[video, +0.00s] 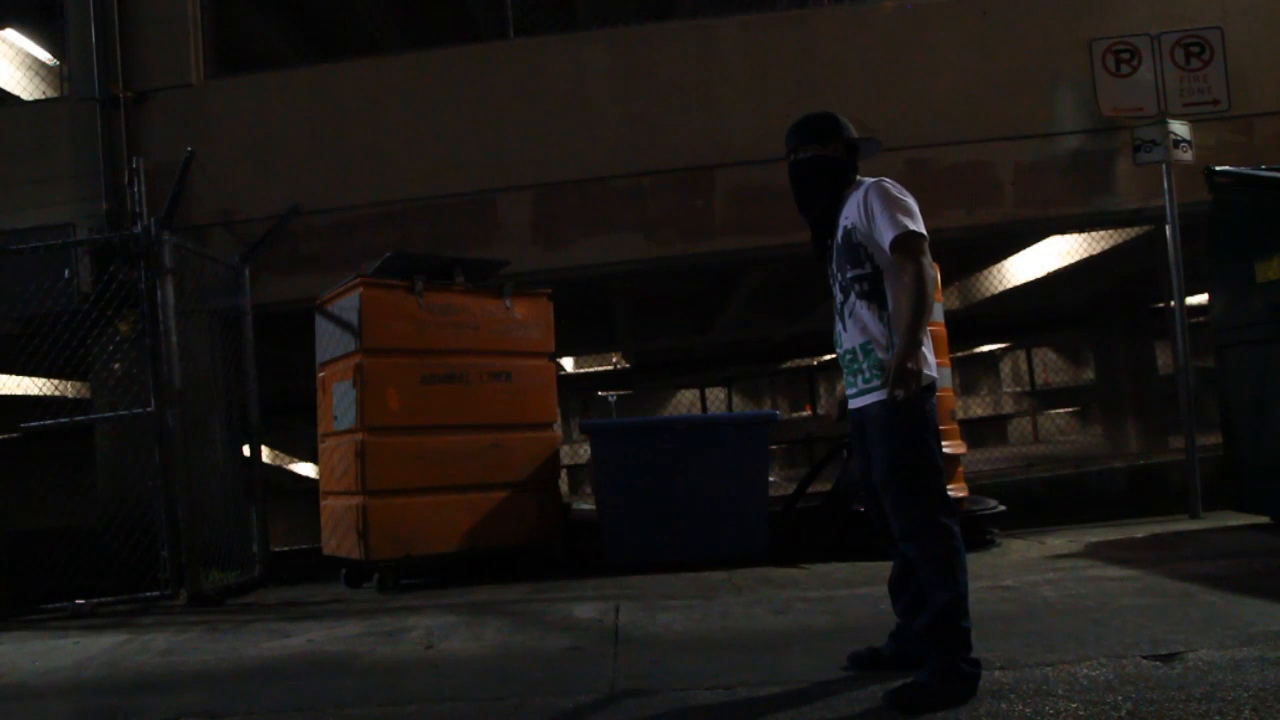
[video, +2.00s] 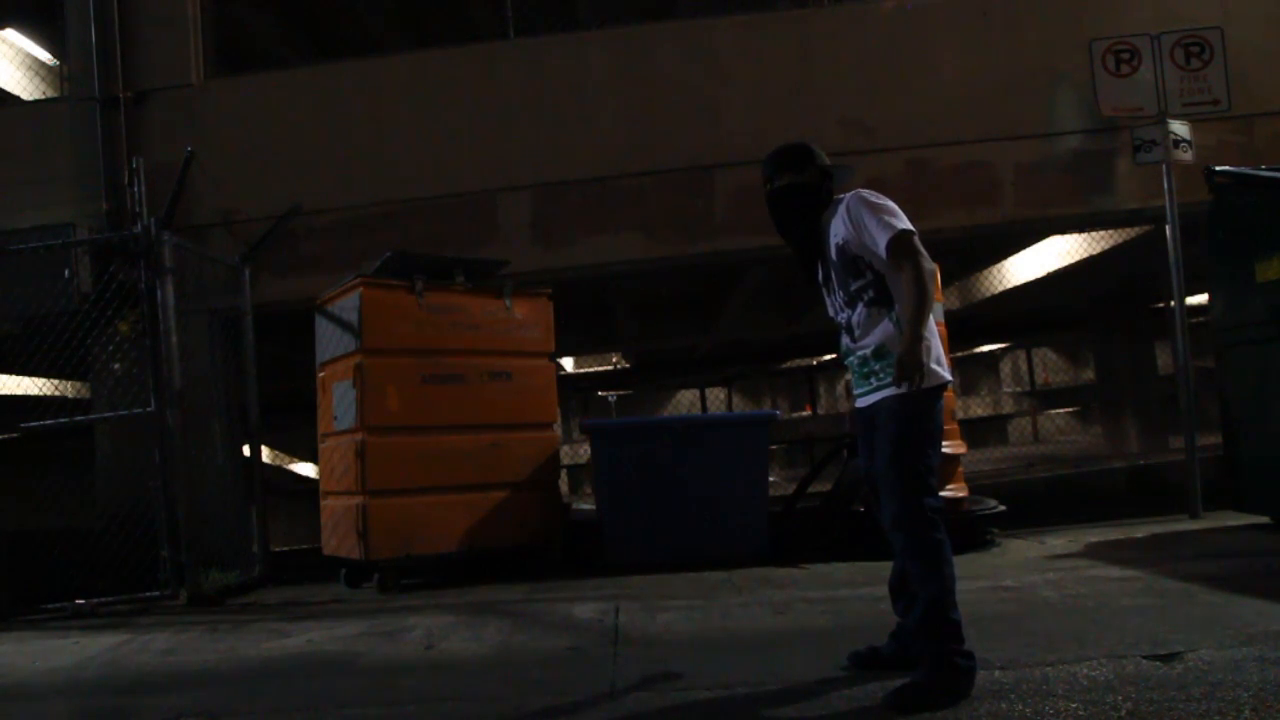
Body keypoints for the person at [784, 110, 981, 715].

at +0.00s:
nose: (800, 176)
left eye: (809, 162)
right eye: (795, 166)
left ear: (838, 158)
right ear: (800, 168)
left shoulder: (875, 194)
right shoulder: (843, 222)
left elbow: (916, 264)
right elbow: (862, 311)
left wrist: (907, 349)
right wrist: (853, 390)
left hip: (902, 393)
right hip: (873, 399)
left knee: (926, 522)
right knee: (900, 523)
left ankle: (952, 663)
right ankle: (914, 639)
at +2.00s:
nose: (777, 206)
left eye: (783, 191)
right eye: (772, 195)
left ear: (812, 181)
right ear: (790, 192)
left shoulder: (857, 207)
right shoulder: (828, 244)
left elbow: (916, 266)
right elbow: (866, 316)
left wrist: (910, 346)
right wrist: (864, 381)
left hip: (907, 392)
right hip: (878, 400)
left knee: (916, 520)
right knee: (898, 520)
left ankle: (946, 661)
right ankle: (914, 639)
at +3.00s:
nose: (776, 209)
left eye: (783, 194)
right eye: (771, 198)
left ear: (811, 185)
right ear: (783, 197)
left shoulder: (858, 211)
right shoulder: (822, 256)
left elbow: (917, 275)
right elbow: (856, 332)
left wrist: (907, 372)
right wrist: (862, 395)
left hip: (908, 392)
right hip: (875, 400)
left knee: (911, 519)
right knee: (896, 519)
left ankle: (946, 660)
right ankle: (914, 637)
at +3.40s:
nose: (781, 202)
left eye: (788, 188)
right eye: (775, 192)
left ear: (816, 179)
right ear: (786, 192)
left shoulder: (863, 210)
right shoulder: (826, 244)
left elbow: (921, 275)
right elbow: (858, 327)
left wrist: (920, 370)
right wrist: (862, 395)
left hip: (908, 393)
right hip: (876, 400)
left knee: (911, 519)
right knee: (896, 519)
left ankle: (945, 660)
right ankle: (913, 639)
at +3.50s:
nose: (782, 203)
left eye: (789, 188)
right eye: (776, 193)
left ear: (817, 180)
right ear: (785, 193)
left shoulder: (864, 210)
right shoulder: (827, 247)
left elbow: (921, 275)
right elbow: (859, 329)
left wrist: (921, 374)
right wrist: (863, 396)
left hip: (910, 394)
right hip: (877, 401)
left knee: (911, 519)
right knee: (895, 519)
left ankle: (945, 660)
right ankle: (913, 639)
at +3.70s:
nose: (782, 204)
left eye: (789, 189)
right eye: (778, 193)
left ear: (816, 181)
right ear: (788, 192)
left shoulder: (865, 211)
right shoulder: (827, 246)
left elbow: (923, 276)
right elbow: (857, 330)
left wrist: (920, 371)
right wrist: (860, 397)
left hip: (911, 394)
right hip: (877, 401)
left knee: (913, 519)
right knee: (895, 519)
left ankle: (946, 660)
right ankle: (912, 638)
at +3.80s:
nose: (782, 200)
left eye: (789, 185)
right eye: (777, 189)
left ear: (816, 179)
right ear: (786, 192)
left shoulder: (865, 211)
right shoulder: (825, 246)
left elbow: (922, 277)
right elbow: (853, 331)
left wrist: (919, 369)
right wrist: (859, 395)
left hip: (909, 393)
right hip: (875, 401)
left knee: (913, 520)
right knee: (896, 520)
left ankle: (945, 661)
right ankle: (911, 640)